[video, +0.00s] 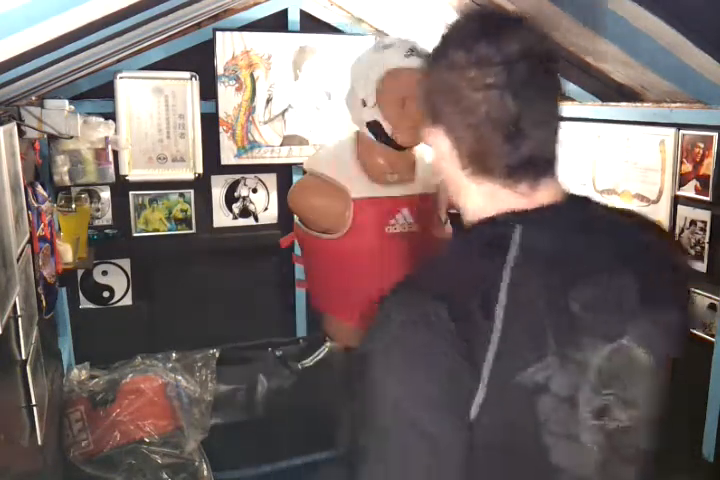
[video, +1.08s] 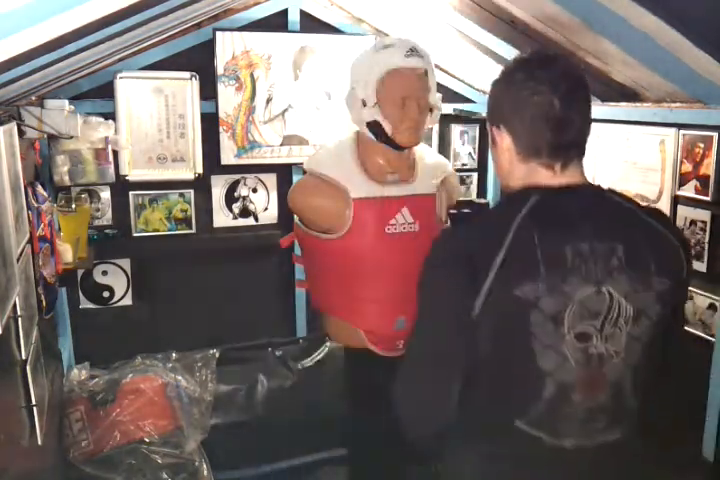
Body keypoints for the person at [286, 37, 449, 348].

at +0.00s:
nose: (417, 113)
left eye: (422, 99)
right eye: (403, 102)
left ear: (434, 99)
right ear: (367, 106)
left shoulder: (439, 177)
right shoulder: (323, 188)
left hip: (426, 350)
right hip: (353, 355)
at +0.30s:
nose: (418, 113)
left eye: (423, 101)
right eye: (404, 102)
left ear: (432, 106)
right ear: (366, 106)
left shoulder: (441, 178)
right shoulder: (322, 188)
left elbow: (448, 271)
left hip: (431, 356)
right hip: (359, 365)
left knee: (433, 466)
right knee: (370, 466)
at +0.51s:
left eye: (437, 132)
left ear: (451, 147)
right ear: (551, 139)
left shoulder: (396, 265)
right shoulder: (655, 249)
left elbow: (336, 445)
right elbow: (689, 423)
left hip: (453, 470)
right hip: (618, 472)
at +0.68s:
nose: (436, 133)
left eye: (436, 122)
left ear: (449, 136)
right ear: (548, 133)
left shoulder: (387, 245)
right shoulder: (638, 241)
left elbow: (326, 385)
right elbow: (658, 403)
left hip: (439, 467)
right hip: (591, 469)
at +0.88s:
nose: (463, 134)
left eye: (464, 123)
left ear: (474, 134)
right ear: (565, 129)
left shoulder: (427, 237)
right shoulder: (647, 231)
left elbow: (358, 378)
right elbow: (672, 389)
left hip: (466, 460)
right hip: (603, 462)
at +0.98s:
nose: (480, 146)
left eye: (480, 132)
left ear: (491, 139)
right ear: (575, 130)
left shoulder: (463, 241)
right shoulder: (659, 237)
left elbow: (396, 398)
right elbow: (677, 396)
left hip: (487, 464)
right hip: (624, 465)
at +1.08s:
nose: (491, 150)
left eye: (491, 137)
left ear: (500, 140)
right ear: (583, 133)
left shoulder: (474, 242)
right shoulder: (661, 239)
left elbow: (421, 412)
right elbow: (670, 397)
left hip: (501, 464)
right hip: (624, 464)